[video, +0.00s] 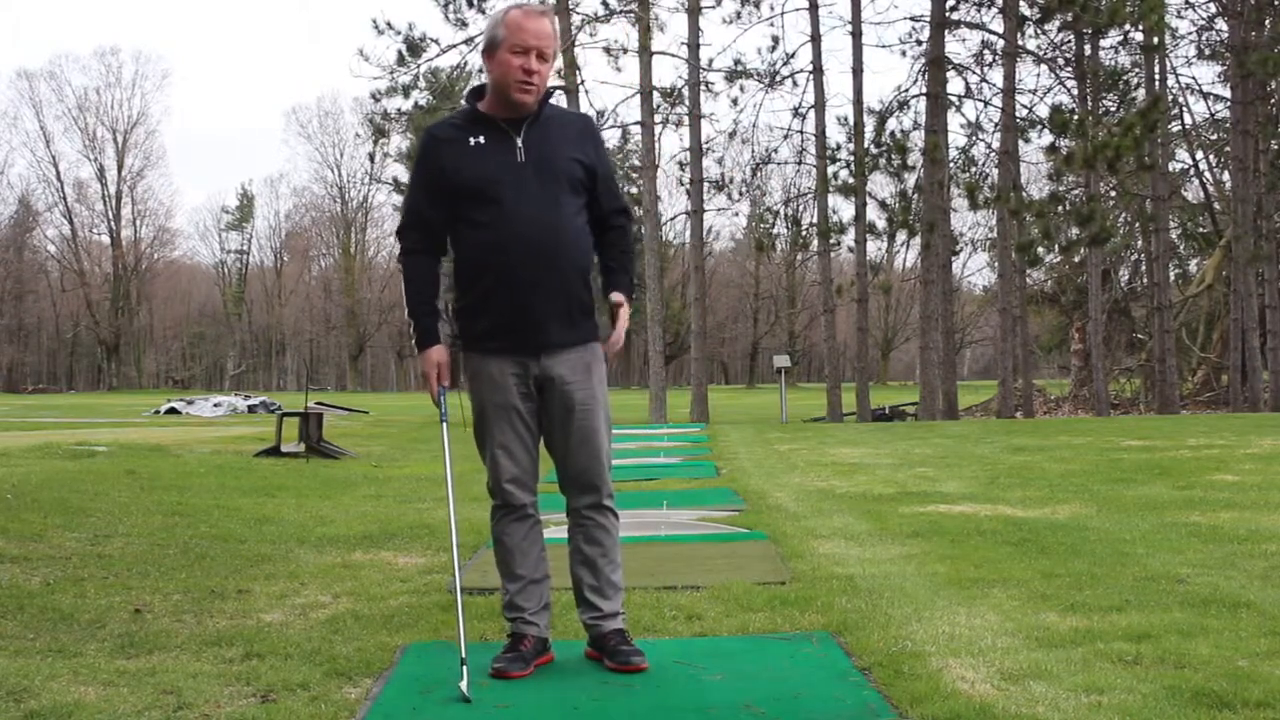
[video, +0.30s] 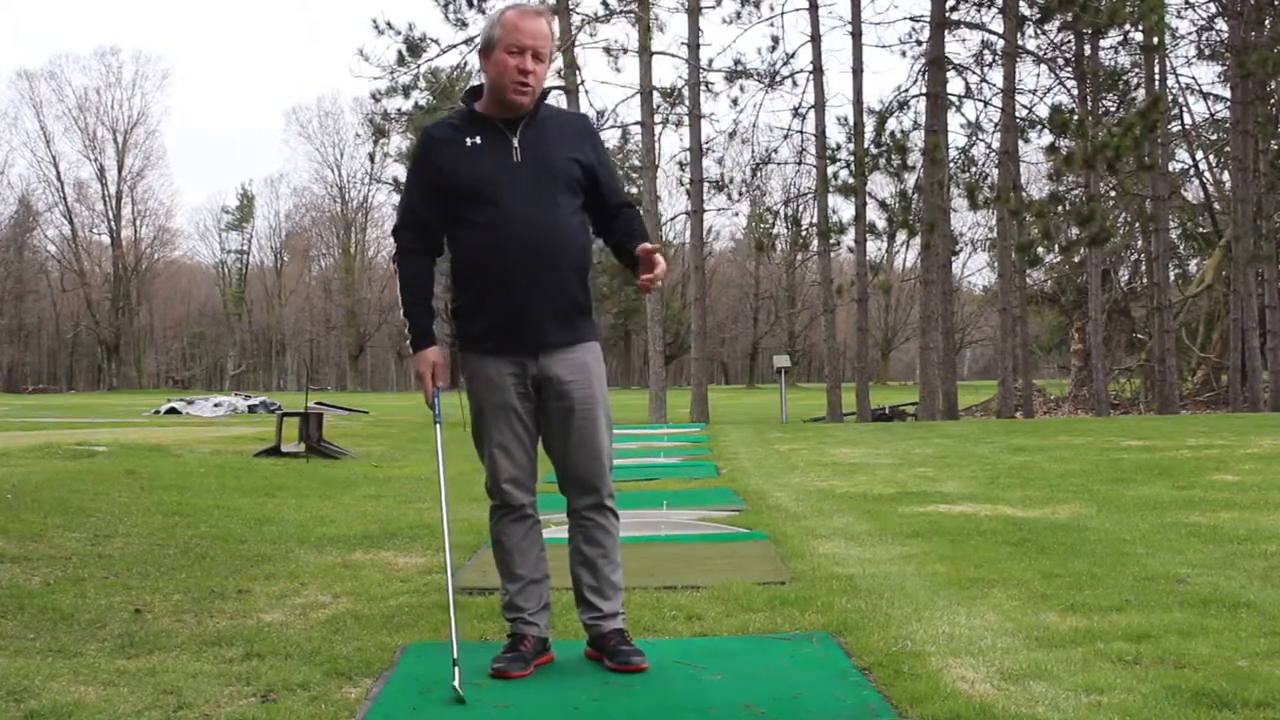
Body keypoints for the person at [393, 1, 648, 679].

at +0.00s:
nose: (533, 67)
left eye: (544, 57)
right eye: (520, 53)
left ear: (554, 65)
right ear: (487, 58)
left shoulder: (578, 132)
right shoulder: (444, 142)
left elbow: (613, 219)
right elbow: (419, 245)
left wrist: (622, 291)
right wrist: (428, 338)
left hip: (575, 339)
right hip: (489, 345)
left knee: (592, 491)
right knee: (511, 497)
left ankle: (608, 628)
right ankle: (527, 632)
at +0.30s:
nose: (529, 67)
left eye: (540, 56)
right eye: (515, 53)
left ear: (550, 63)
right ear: (485, 57)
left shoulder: (575, 132)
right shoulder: (441, 142)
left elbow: (614, 210)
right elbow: (414, 245)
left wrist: (638, 248)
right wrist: (424, 338)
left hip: (571, 340)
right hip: (488, 347)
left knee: (593, 492)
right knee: (510, 496)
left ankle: (607, 628)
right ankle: (528, 632)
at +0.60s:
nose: (530, 69)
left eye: (541, 58)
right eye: (518, 55)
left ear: (550, 66)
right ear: (486, 59)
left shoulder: (575, 133)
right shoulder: (442, 143)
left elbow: (628, 224)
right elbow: (418, 247)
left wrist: (615, 210)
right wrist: (429, 344)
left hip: (574, 339)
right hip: (490, 345)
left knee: (595, 492)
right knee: (512, 496)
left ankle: (608, 628)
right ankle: (528, 632)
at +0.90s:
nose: (538, 67)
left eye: (549, 56)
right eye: (525, 52)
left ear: (560, 65)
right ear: (494, 59)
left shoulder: (585, 129)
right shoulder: (451, 141)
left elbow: (655, 196)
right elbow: (423, 244)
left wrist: (628, 173)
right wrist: (432, 341)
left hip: (584, 338)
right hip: (500, 347)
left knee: (616, 485)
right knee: (517, 495)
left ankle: (630, 625)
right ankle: (527, 631)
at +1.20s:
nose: (567, 57)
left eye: (581, 50)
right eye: (556, 44)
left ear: (594, 67)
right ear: (529, 53)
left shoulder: (620, 135)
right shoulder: (484, 135)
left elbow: (690, 186)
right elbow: (450, 234)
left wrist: (682, 141)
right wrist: (451, 332)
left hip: (606, 341)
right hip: (524, 345)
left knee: (626, 490)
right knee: (529, 496)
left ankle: (644, 629)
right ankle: (529, 631)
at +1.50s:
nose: (611, 57)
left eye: (625, 50)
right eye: (601, 43)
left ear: (639, 66)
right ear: (573, 50)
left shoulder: (663, 137)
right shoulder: (525, 130)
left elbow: (732, 176)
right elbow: (488, 231)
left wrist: (768, 148)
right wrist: (487, 326)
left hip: (640, 341)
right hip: (556, 342)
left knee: (643, 495)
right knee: (545, 495)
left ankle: (645, 630)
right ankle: (530, 631)